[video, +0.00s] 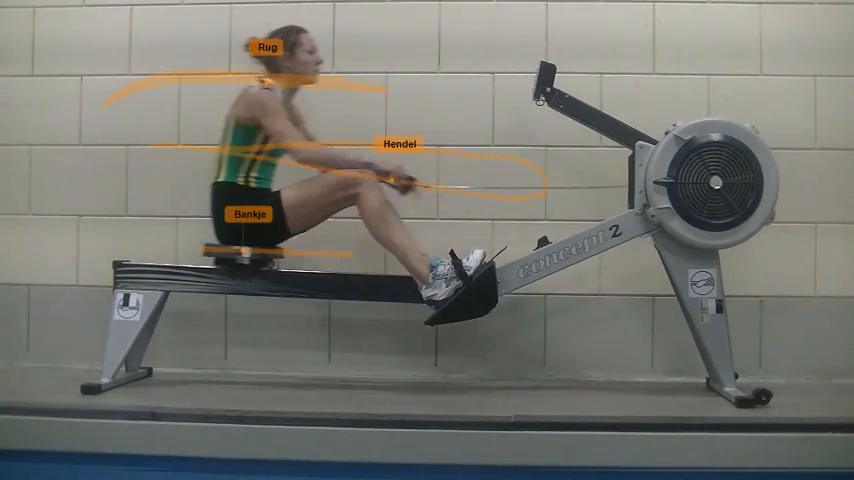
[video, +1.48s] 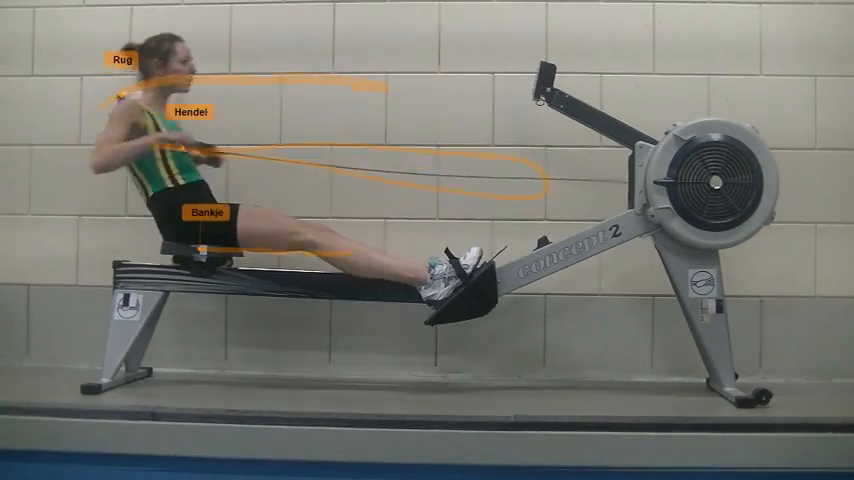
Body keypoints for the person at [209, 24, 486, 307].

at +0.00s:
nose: (319, 59)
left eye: (317, 52)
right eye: (310, 52)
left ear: (289, 61)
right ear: (285, 59)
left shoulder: (286, 106)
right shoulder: (262, 98)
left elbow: (322, 155)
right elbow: (303, 154)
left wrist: (384, 175)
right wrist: (373, 163)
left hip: (253, 214)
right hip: (238, 216)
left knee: (364, 183)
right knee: (359, 185)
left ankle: (432, 273)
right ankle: (429, 281)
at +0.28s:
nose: (397, 61)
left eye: (393, 54)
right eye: (387, 55)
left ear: (367, 66)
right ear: (362, 65)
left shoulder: (356, 104)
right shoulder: (348, 103)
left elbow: (413, 158)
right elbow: (413, 157)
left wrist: (480, 182)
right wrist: (480, 181)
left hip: (319, 216)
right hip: (312, 217)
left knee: (411, 160)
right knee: (410, 163)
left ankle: (432, 267)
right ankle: (429, 274)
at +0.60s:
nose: (409, 57)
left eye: (404, 50)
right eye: (399, 52)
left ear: (380, 67)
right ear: (377, 65)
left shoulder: (372, 99)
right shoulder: (368, 100)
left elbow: (442, 137)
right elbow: (441, 141)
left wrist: (508, 154)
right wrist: (509, 157)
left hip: (331, 213)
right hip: (327, 216)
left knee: (426, 154)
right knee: (429, 158)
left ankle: (434, 262)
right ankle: (430, 274)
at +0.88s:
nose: (285, 52)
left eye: (282, 44)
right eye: (274, 45)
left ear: (255, 56)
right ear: (248, 55)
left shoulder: (253, 100)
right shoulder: (238, 94)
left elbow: (317, 145)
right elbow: (306, 127)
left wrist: (381, 153)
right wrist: (379, 135)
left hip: (236, 210)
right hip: (225, 213)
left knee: (353, 192)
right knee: (349, 193)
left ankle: (429, 275)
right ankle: (429, 278)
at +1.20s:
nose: (174, 76)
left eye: (173, 69)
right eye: (167, 69)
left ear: (154, 73)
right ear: (140, 72)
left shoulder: (151, 119)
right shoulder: (120, 111)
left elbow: (180, 180)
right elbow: (125, 164)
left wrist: (223, 165)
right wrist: (186, 148)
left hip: (199, 210)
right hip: (185, 213)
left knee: (312, 234)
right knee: (305, 239)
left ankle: (429, 277)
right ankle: (426, 281)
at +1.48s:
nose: (191, 71)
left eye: (191, 63)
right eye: (184, 64)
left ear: (167, 70)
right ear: (157, 68)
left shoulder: (160, 114)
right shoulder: (132, 110)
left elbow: (168, 162)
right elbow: (99, 161)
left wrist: (202, 155)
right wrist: (157, 140)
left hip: (200, 213)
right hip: (185, 216)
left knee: (314, 230)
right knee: (309, 233)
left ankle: (430, 276)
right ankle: (429, 281)